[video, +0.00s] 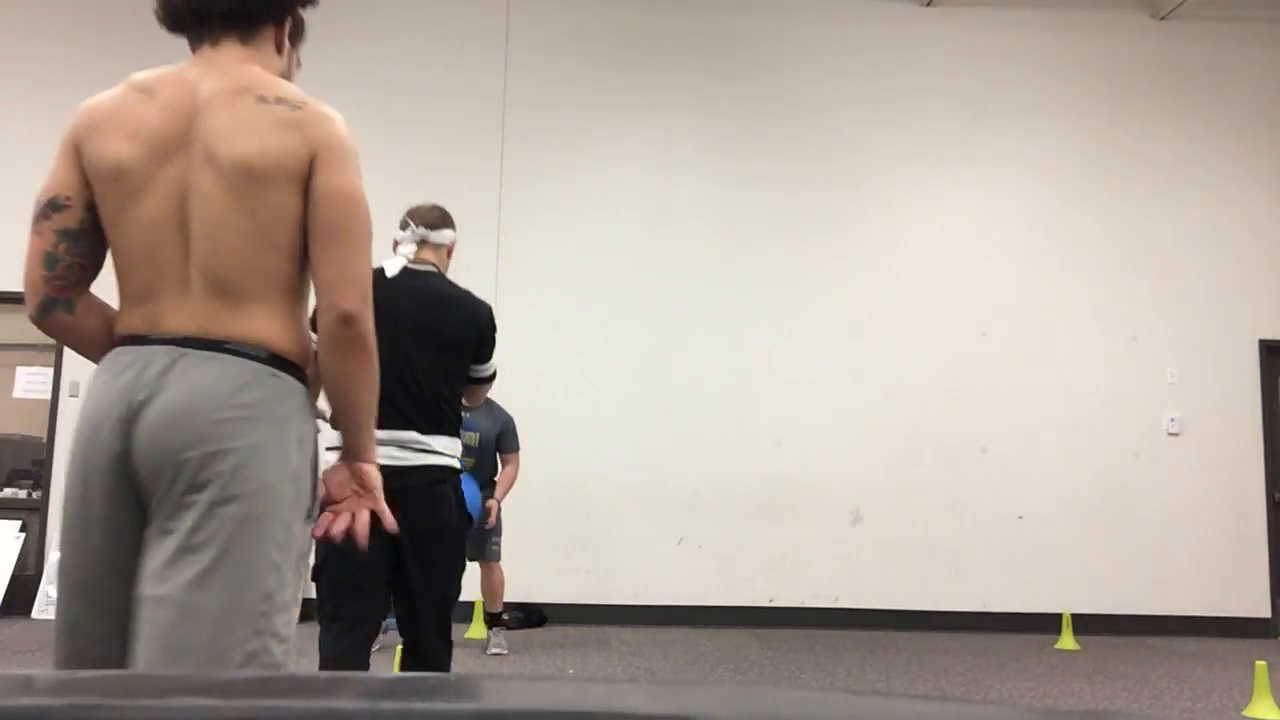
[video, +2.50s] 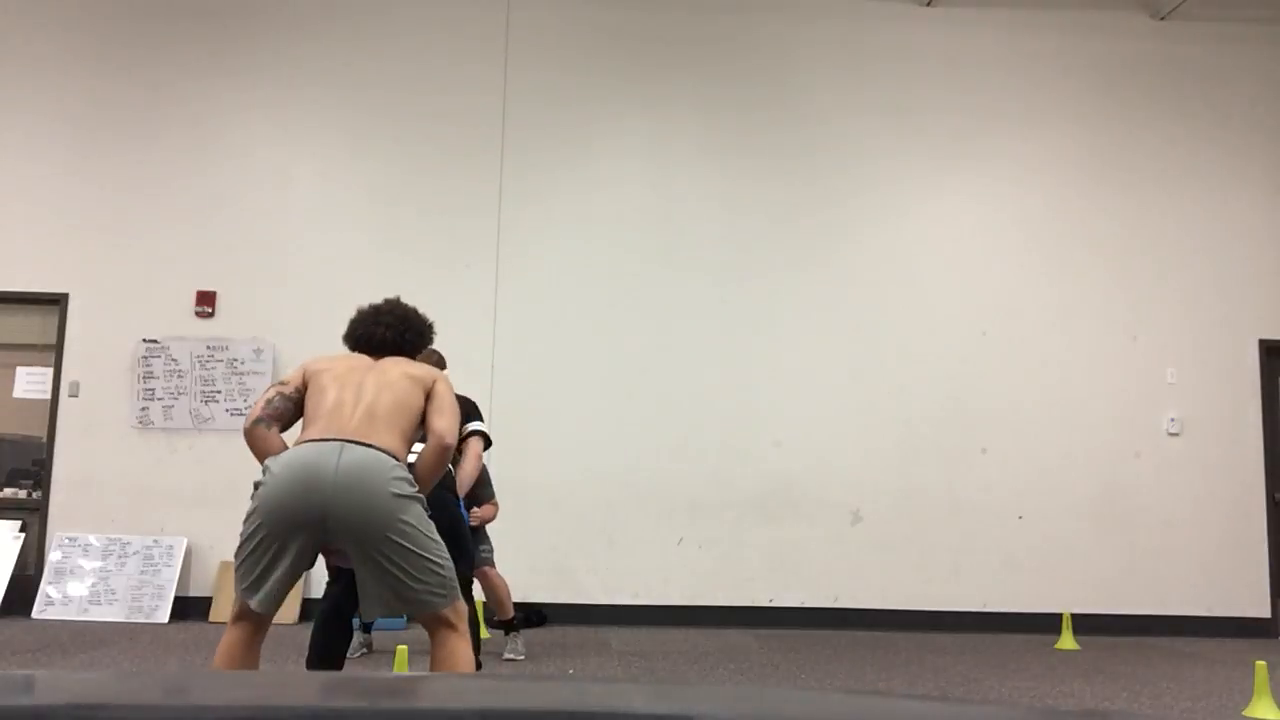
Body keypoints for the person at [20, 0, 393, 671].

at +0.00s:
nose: (296, 47)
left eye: (298, 32)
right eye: (299, 29)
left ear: (187, 24)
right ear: (287, 24)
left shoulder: (101, 116)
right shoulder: (313, 126)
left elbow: (51, 297)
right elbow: (345, 315)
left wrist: (149, 362)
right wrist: (358, 456)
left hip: (118, 389)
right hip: (246, 398)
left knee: (88, 689)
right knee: (203, 699)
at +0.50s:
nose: (382, 130)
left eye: (383, 117)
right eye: (382, 116)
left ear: (293, 109)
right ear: (367, 111)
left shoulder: (220, 183)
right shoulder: (373, 170)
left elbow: (173, 329)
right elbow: (398, 323)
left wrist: (247, 392)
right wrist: (423, 415)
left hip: (228, 409)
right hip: (332, 419)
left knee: (187, 668)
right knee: (373, 667)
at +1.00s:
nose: (459, 163)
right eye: (460, 151)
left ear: (386, 138)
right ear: (456, 150)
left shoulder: (325, 205)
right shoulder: (482, 232)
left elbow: (264, 324)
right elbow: (498, 367)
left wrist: (321, 389)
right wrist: (427, 394)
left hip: (327, 423)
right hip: (427, 431)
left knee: (271, 633)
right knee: (415, 645)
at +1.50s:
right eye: (370, 177)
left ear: (304, 179)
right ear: (370, 179)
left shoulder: (260, 251)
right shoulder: (405, 248)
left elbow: (226, 366)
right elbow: (441, 360)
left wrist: (290, 405)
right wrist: (389, 406)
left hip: (288, 432)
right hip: (380, 436)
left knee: (256, 630)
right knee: (422, 625)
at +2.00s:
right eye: (426, 250)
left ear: (368, 248)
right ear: (425, 252)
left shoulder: (327, 292)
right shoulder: (455, 308)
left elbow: (278, 378)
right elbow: (473, 403)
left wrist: (323, 438)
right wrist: (423, 445)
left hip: (328, 454)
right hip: (413, 460)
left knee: (248, 608)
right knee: (447, 622)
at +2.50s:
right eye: (423, 349)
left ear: (356, 341)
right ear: (416, 350)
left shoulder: (317, 365)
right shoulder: (431, 376)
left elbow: (258, 424)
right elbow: (443, 440)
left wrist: (295, 489)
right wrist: (406, 500)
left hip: (294, 469)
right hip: (378, 472)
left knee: (247, 619)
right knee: (447, 624)